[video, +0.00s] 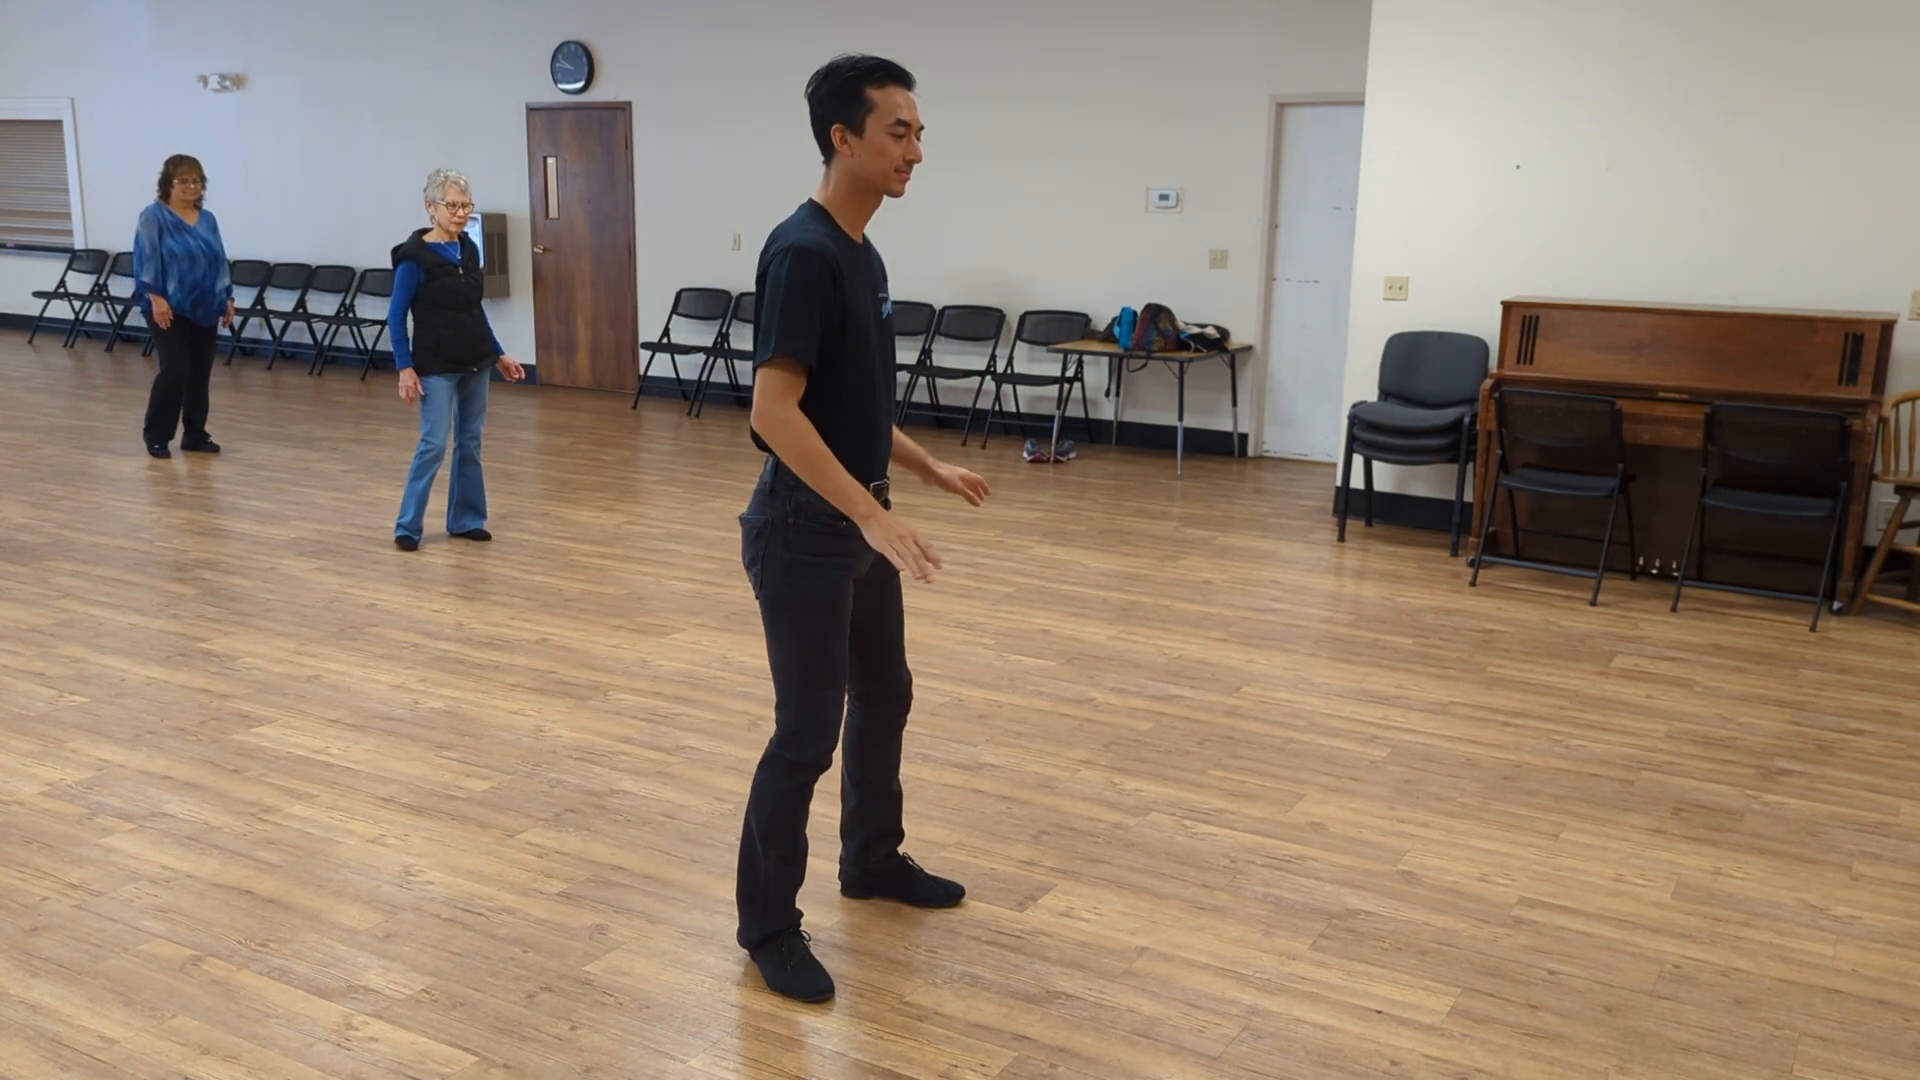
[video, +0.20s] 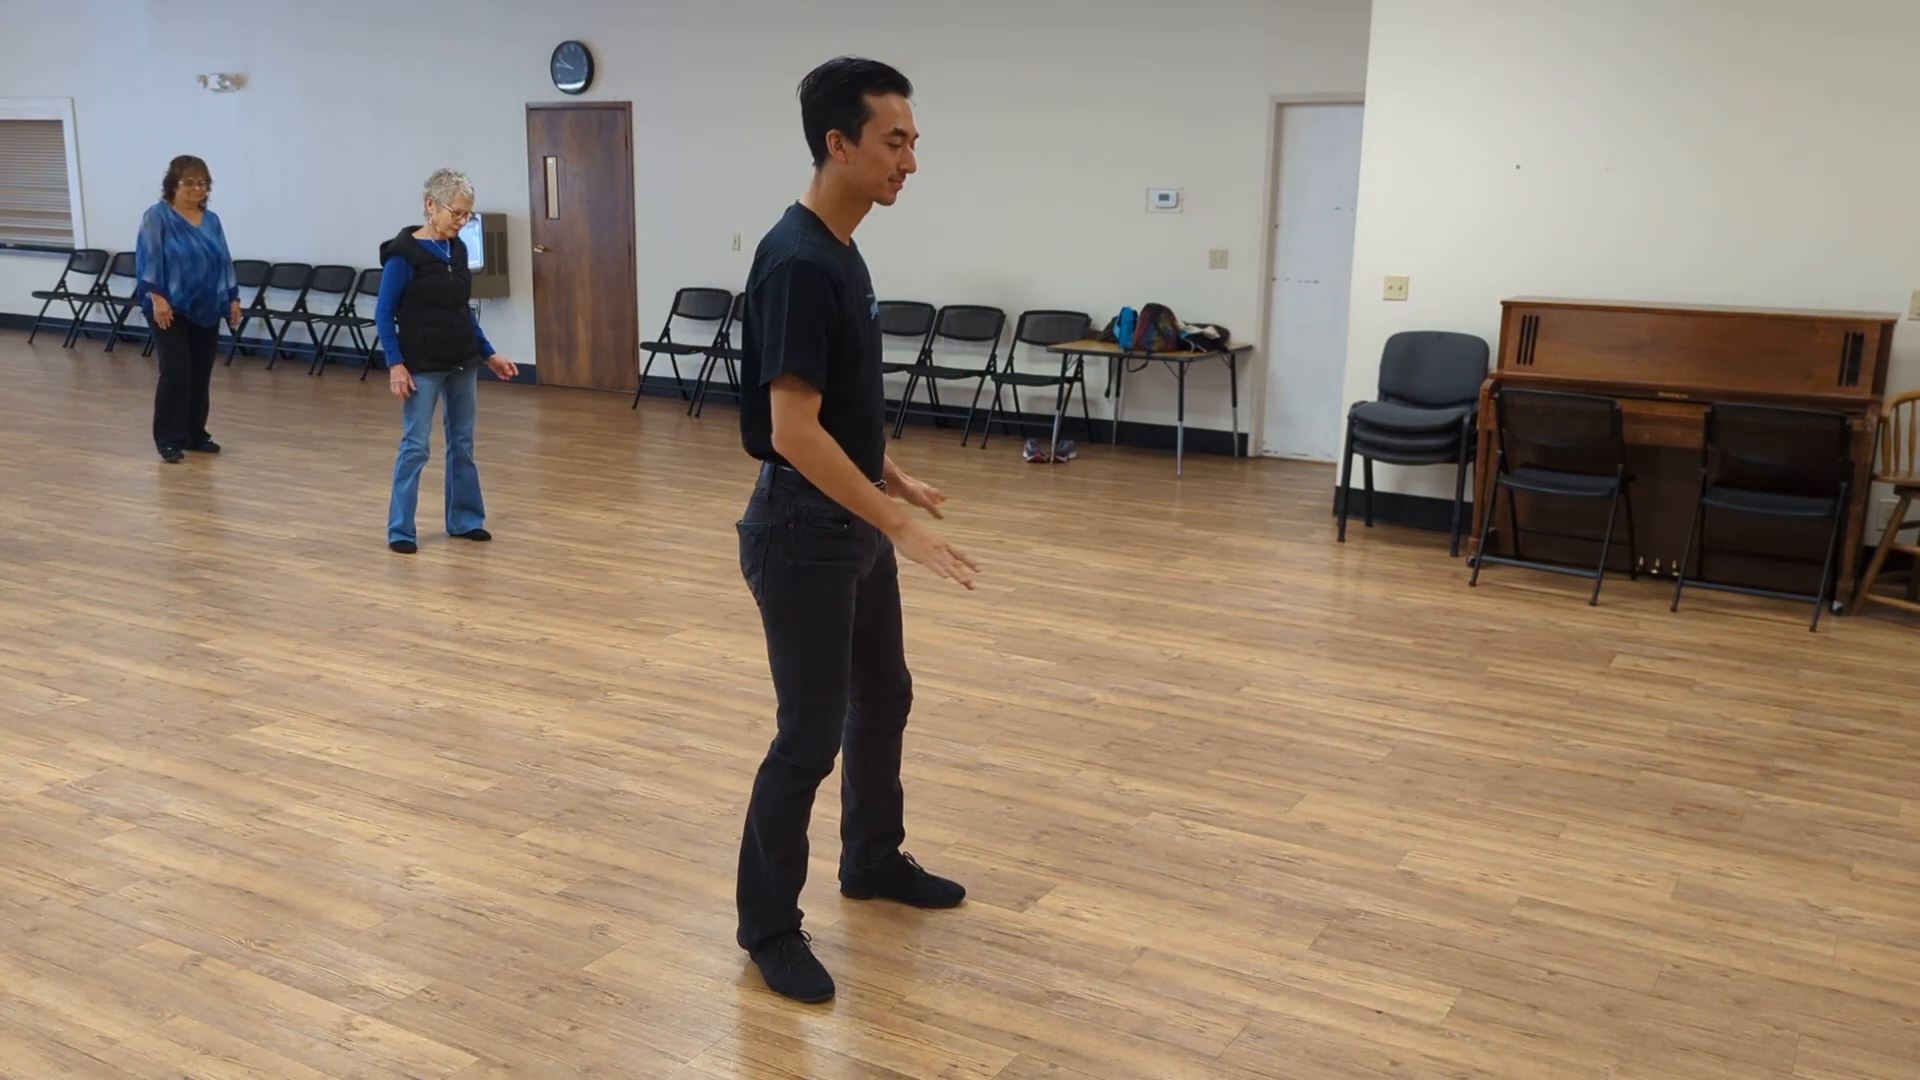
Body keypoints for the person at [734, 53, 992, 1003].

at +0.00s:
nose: (916, 149)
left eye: (917, 132)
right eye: (900, 131)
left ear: (875, 142)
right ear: (843, 138)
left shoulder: (860, 253)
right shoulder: (805, 253)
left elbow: (852, 403)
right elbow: (771, 414)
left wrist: (929, 465)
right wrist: (869, 516)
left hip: (857, 527)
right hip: (799, 530)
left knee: (883, 700)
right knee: (806, 736)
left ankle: (872, 859)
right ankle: (768, 930)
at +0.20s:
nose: (911, 157)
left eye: (912, 139)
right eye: (897, 138)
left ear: (855, 146)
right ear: (839, 142)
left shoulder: (839, 251)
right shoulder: (798, 261)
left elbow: (832, 401)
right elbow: (792, 432)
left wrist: (886, 471)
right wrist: (896, 523)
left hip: (853, 524)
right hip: (800, 528)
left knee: (882, 700)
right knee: (809, 738)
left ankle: (872, 860)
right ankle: (768, 929)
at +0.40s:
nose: (907, 157)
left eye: (908, 139)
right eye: (891, 139)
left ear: (843, 149)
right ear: (833, 144)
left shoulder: (823, 246)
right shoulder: (796, 259)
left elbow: (821, 413)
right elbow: (811, 429)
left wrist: (881, 489)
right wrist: (934, 495)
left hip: (851, 519)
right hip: (801, 526)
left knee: (883, 696)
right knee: (803, 738)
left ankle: (873, 859)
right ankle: (768, 927)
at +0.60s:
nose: (902, 154)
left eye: (901, 135)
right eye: (886, 137)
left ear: (844, 146)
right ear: (826, 143)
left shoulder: (823, 250)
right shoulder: (794, 264)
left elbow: (826, 414)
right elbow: (805, 438)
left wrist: (895, 466)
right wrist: (940, 491)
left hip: (843, 517)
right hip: (794, 527)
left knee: (866, 704)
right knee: (793, 733)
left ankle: (869, 866)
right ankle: (767, 929)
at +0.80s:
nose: (906, 152)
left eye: (904, 135)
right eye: (889, 136)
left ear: (849, 147)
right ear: (830, 145)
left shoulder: (836, 252)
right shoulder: (788, 267)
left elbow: (835, 398)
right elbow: (776, 438)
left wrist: (913, 448)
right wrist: (894, 520)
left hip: (848, 524)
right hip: (794, 532)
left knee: (873, 702)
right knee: (797, 736)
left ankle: (868, 864)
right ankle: (767, 929)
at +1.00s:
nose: (911, 145)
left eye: (909, 129)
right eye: (893, 130)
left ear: (868, 147)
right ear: (834, 142)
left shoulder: (865, 247)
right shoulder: (779, 259)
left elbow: (870, 377)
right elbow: (740, 422)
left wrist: (965, 426)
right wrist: (844, 517)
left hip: (867, 515)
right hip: (795, 524)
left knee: (883, 697)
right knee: (796, 730)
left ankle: (871, 861)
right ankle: (766, 926)